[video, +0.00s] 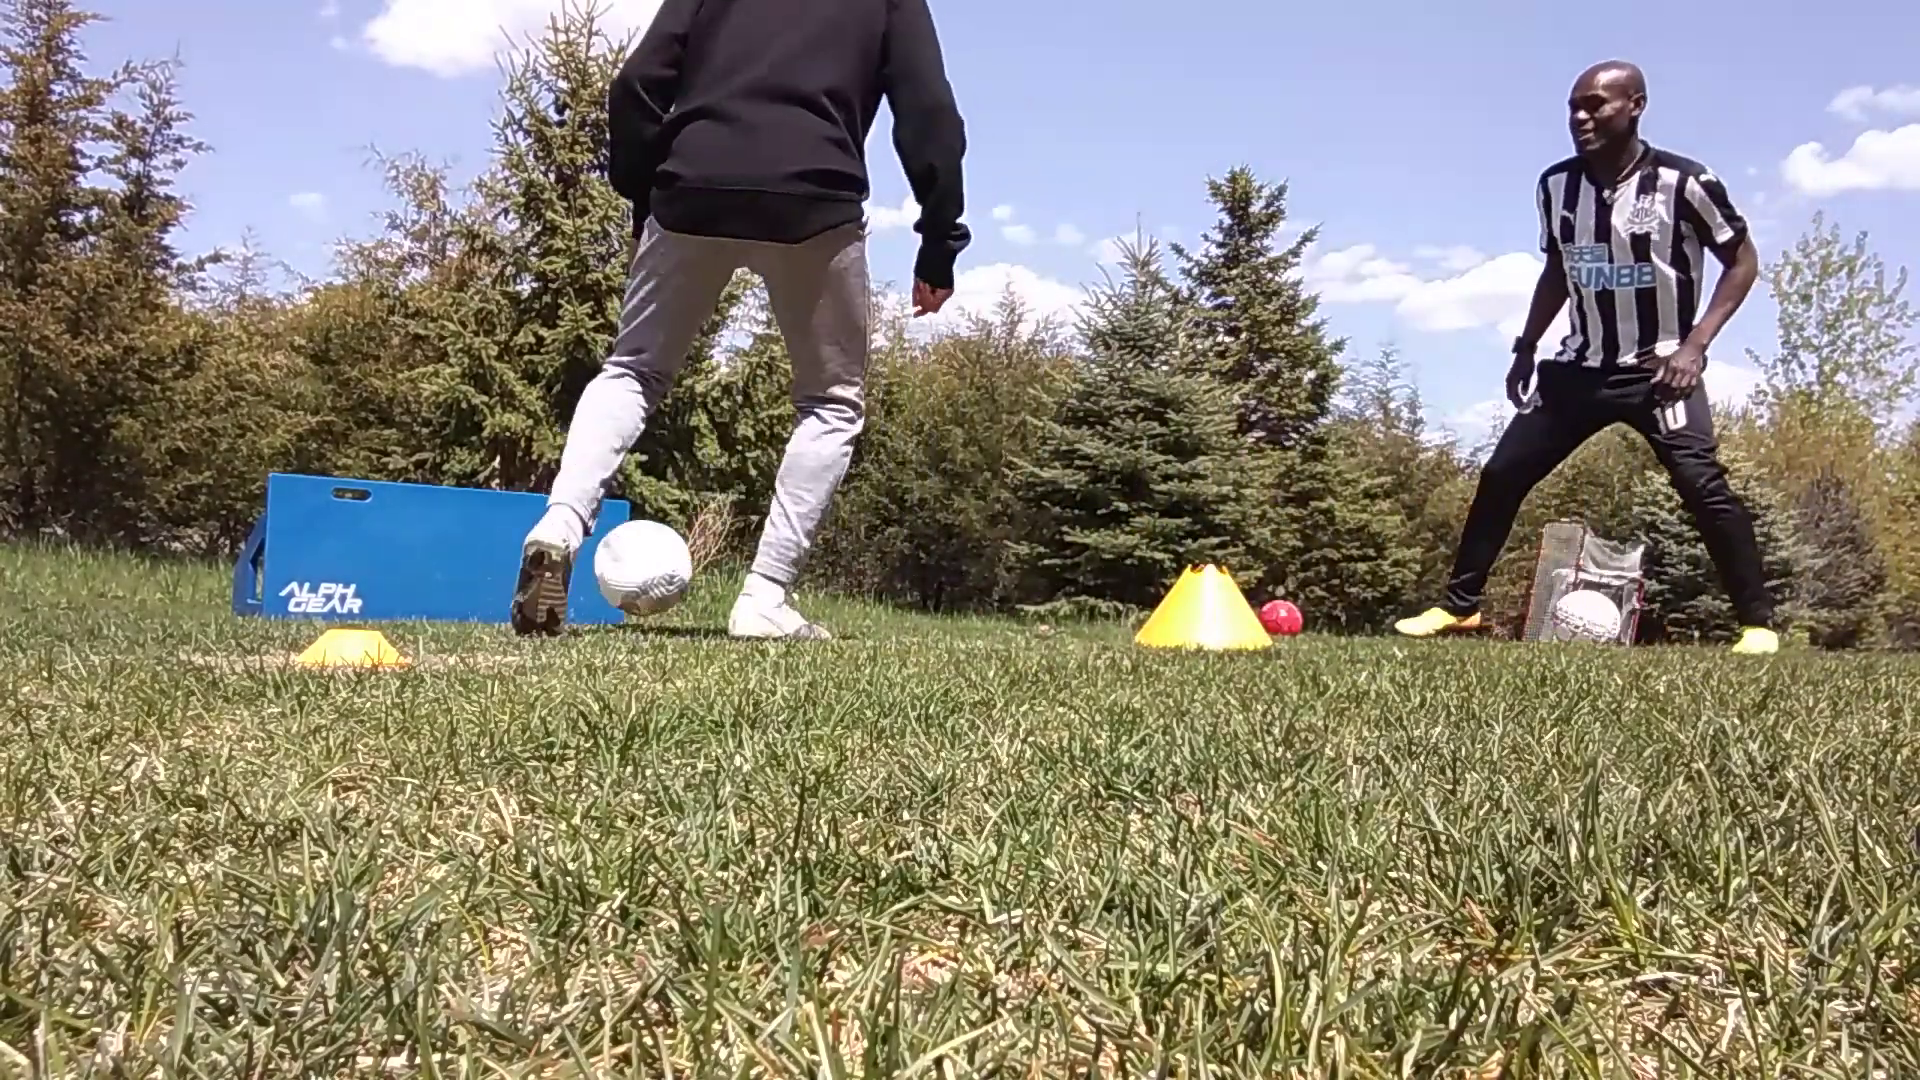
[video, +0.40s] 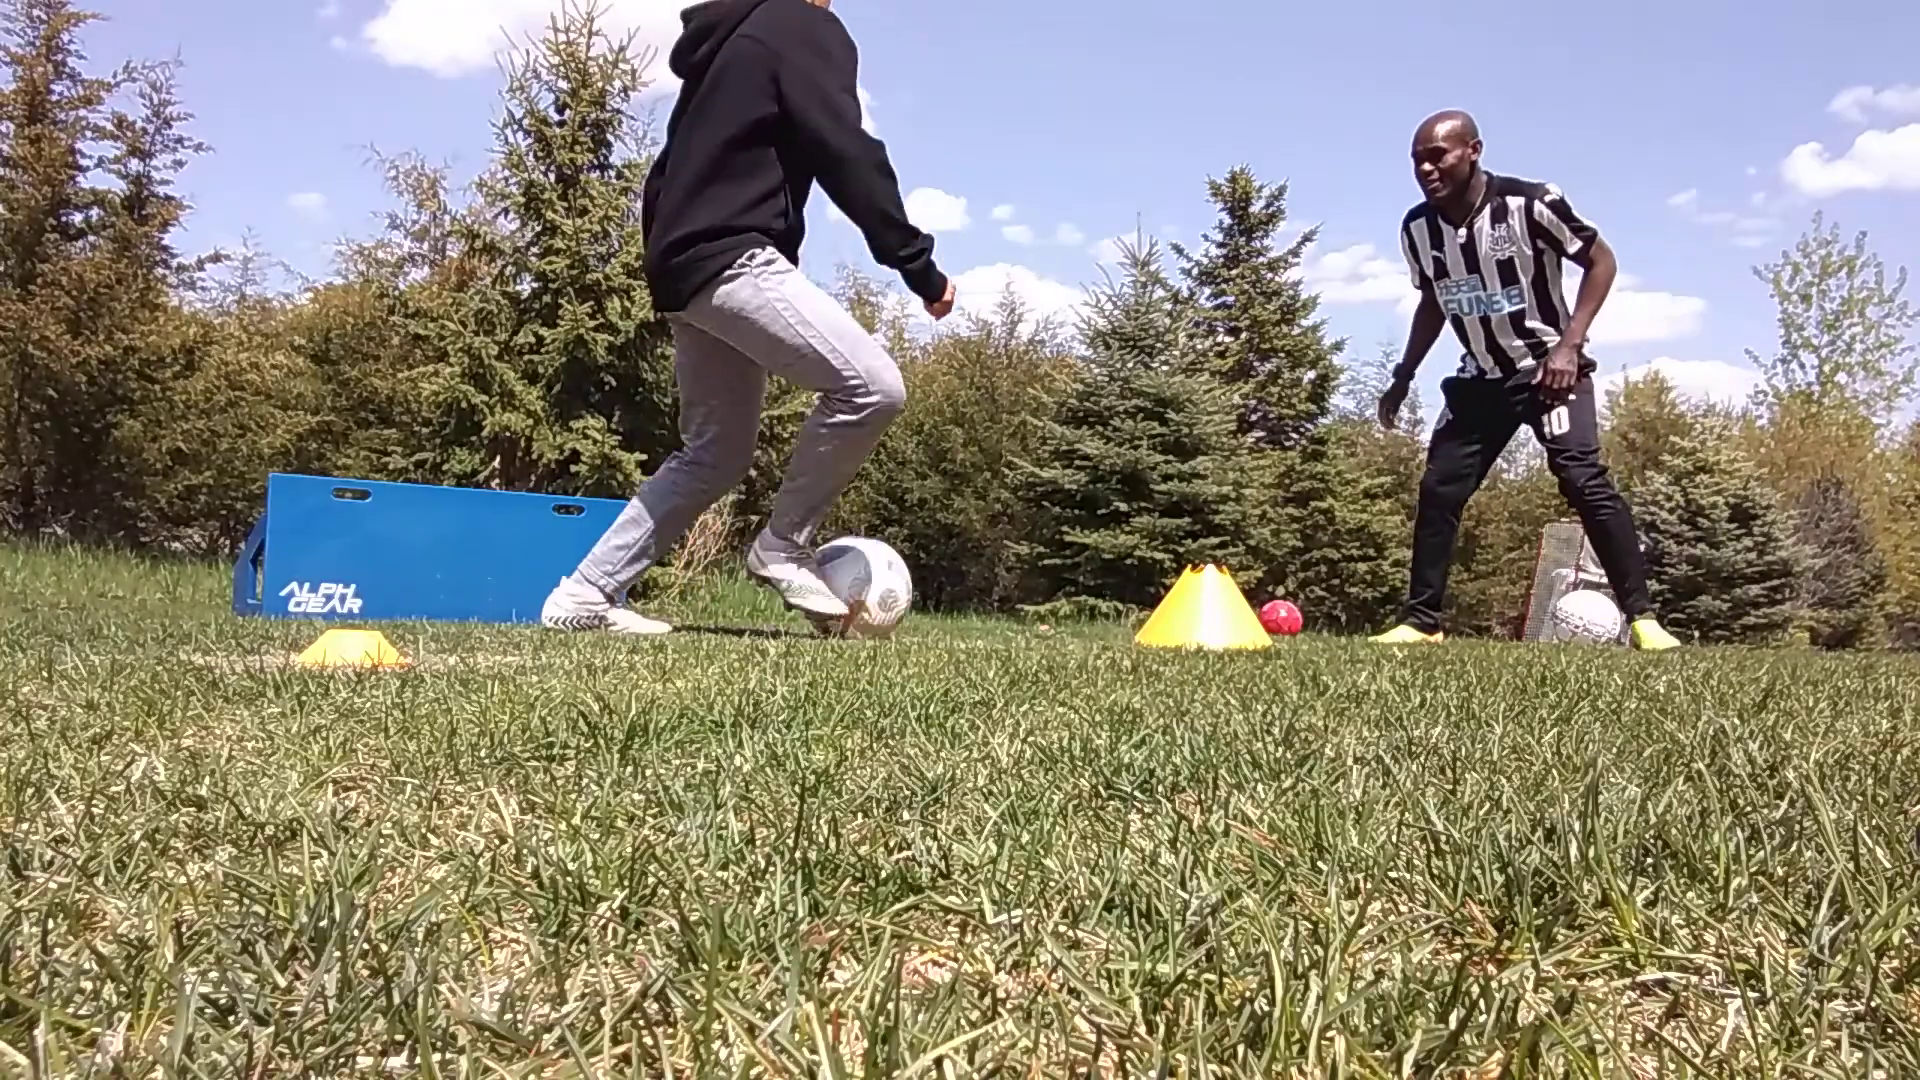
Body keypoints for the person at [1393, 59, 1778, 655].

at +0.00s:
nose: (1578, 117)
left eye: (1592, 105)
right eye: (1573, 107)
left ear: (1634, 108)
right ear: (1569, 113)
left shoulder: (1686, 185)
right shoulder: (1556, 187)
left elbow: (1744, 263)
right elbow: (1559, 269)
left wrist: (1696, 344)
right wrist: (1527, 343)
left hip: (1663, 369)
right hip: (1580, 371)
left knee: (1699, 482)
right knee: (1501, 474)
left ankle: (1760, 625)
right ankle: (1460, 606)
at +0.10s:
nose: (1531, 135)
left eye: (1545, 122)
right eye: (1526, 125)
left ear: (1585, 125)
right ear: (1522, 131)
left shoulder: (1637, 197)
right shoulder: (1508, 202)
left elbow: (1692, 272)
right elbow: (1513, 279)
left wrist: (1654, 350)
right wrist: (1487, 350)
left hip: (1616, 383)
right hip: (1532, 385)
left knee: (1675, 494)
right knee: (1467, 494)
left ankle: (1750, 624)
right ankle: (1423, 619)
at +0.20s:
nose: (1478, 158)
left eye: (1492, 146)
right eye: (1472, 149)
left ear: (1530, 148)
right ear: (1467, 156)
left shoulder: (1580, 215)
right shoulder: (1459, 226)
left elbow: (1638, 286)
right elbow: (1461, 301)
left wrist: (1611, 362)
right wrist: (1439, 376)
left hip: (1573, 390)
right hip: (1498, 393)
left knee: (1635, 500)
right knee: (1431, 494)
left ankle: (1721, 621)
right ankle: (1422, 624)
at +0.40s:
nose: (1425, 168)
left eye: (1437, 155)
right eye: (1418, 158)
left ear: (1473, 153)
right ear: (1414, 162)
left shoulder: (1531, 203)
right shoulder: (1418, 229)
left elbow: (1601, 261)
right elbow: (1433, 303)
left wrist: (1571, 343)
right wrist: (1402, 376)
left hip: (1551, 370)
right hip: (1482, 381)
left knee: (1582, 480)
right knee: (1439, 490)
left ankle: (1641, 617)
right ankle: (1422, 622)